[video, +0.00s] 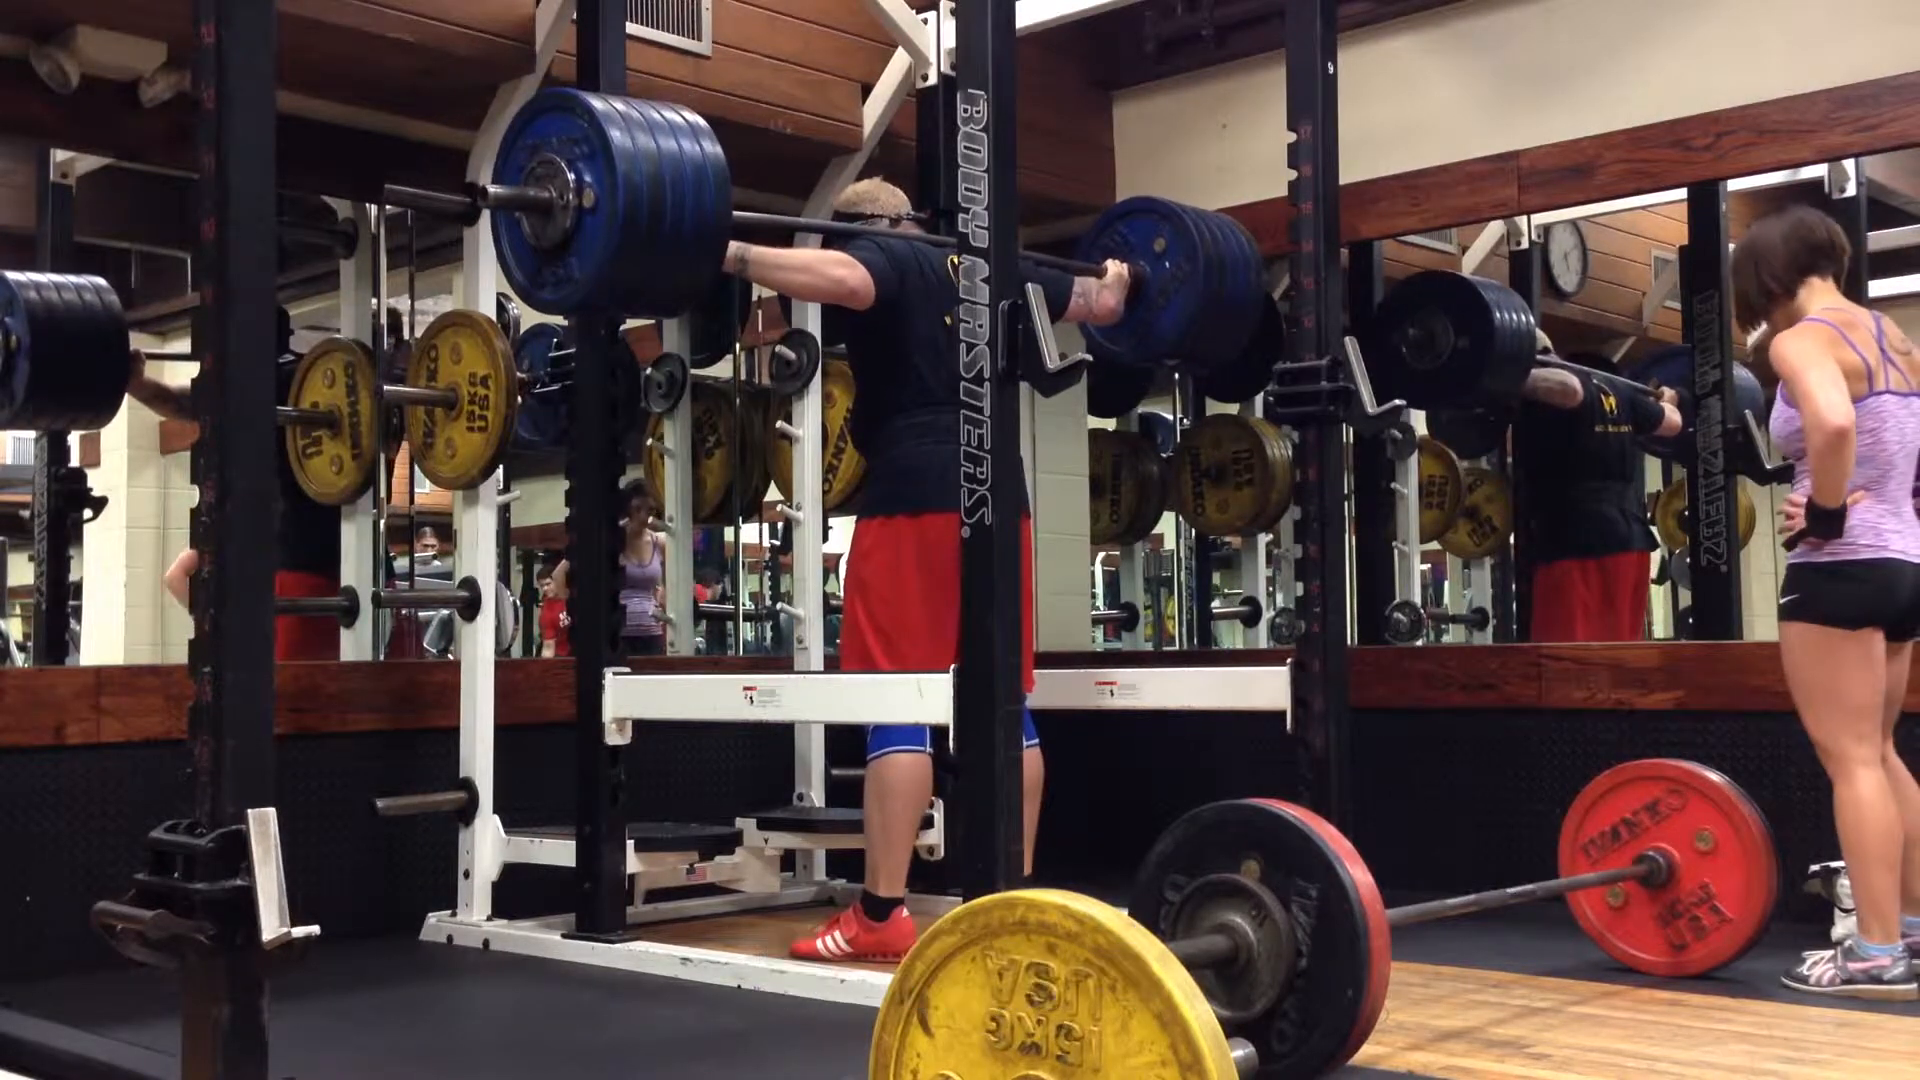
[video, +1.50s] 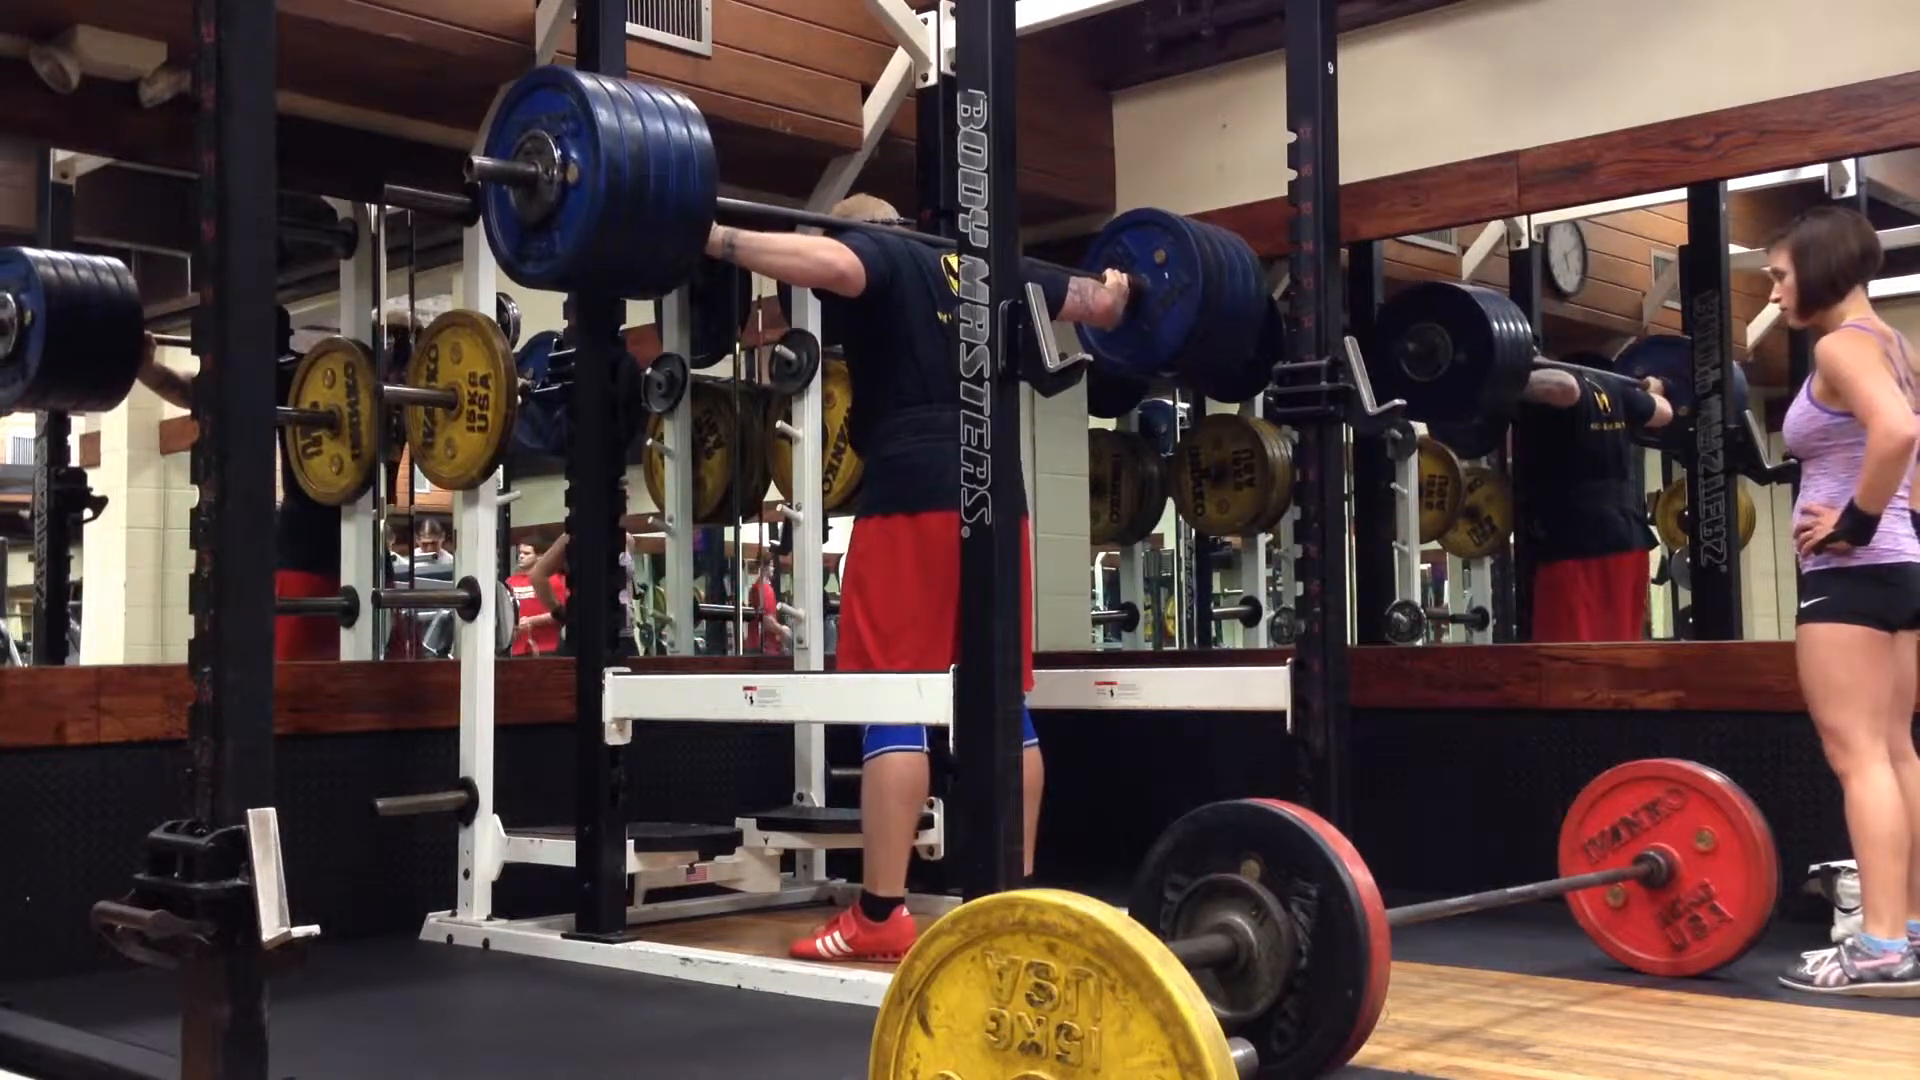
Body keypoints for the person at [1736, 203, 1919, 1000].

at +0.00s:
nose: (1754, 297)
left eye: (1754, 283)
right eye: (1752, 283)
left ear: (1770, 276)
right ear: (1833, 263)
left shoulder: (1798, 339)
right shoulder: (1884, 330)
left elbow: (1834, 422)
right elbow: (1896, 440)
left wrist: (1826, 517)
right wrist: (1826, 498)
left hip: (1840, 569)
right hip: (1900, 566)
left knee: (1852, 758)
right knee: (1876, 749)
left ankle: (1877, 945)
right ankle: (1905, 924)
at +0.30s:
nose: (1755, 283)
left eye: (1758, 267)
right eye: (1753, 267)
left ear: (1786, 268)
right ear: (1842, 260)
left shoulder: (1821, 344)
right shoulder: (1880, 337)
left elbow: (1874, 434)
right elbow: (1903, 466)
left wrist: (1839, 519)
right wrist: (1833, 501)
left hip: (1837, 574)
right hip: (1891, 568)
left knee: (1853, 758)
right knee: (1892, 751)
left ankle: (1877, 944)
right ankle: (1903, 924)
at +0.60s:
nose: (1768, 286)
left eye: (1773, 271)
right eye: (1767, 271)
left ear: (1799, 273)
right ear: (1853, 266)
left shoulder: (1835, 348)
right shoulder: (1884, 340)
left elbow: (1889, 438)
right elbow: (1905, 458)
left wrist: (1849, 524)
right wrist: (1855, 510)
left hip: (1848, 576)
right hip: (1895, 571)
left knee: (1858, 755)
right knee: (1896, 748)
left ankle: (1877, 942)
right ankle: (1906, 923)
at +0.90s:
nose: (1775, 287)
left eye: (1781, 273)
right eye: (1774, 272)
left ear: (1812, 274)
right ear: (1855, 270)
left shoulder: (1844, 348)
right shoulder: (1885, 338)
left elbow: (1897, 433)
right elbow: (1885, 441)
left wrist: (1861, 524)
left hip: (1854, 577)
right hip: (1896, 572)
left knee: (1859, 753)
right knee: (1898, 747)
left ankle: (1880, 940)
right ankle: (1899, 924)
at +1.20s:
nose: (1775, 290)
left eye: (1783, 275)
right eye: (1774, 275)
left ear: (1823, 271)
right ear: (1850, 270)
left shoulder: (1845, 345)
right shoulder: (1883, 339)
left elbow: (1898, 431)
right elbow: (1889, 442)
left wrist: (1860, 524)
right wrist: (1837, 510)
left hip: (1852, 577)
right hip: (1893, 572)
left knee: (1861, 754)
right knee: (1898, 750)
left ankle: (1883, 941)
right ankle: (1898, 928)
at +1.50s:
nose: (1774, 289)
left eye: (1781, 274)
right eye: (1773, 274)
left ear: (1820, 270)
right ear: (1849, 270)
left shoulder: (1842, 344)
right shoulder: (1882, 339)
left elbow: (1894, 430)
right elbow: (1890, 440)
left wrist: (1852, 522)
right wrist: (1838, 508)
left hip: (1850, 577)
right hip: (1892, 572)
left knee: (1859, 756)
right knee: (1896, 749)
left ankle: (1883, 942)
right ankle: (1897, 930)